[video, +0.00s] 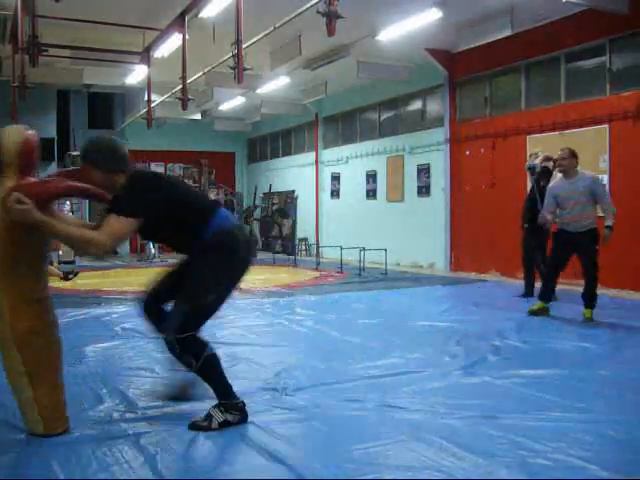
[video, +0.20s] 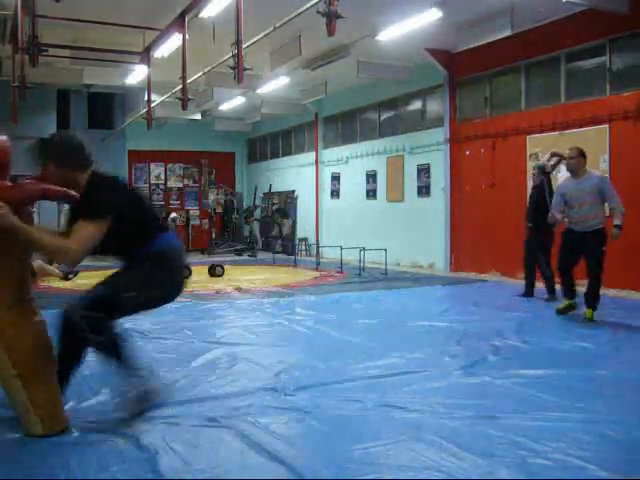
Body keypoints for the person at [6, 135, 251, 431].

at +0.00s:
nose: (86, 178)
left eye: (88, 171)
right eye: (85, 172)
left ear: (102, 170)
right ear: (118, 164)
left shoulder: (140, 188)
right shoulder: (129, 190)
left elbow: (101, 246)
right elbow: (98, 236)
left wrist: (38, 219)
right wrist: (51, 215)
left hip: (227, 247)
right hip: (211, 248)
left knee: (179, 329)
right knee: (154, 304)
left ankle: (230, 404)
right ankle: (192, 374)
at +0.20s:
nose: (44, 174)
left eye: (48, 166)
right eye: (45, 167)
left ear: (62, 167)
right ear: (77, 163)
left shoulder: (104, 192)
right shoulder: (84, 198)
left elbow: (71, 253)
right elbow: (66, 248)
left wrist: (14, 224)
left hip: (160, 271)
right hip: (145, 269)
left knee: (81, 316)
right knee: (83, 316)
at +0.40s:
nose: (26, 188)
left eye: (32, 182)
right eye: (29, 182)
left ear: (44, 189)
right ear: (66, 189)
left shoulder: (67, 228)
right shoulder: (55, 224)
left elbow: (24, 271)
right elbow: (19, 252)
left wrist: (1, 242)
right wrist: (10, 211)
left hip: (106, 322)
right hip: (99, 314)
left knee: (18, 338)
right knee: (21, 322)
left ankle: (37, 433)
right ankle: (49, 413)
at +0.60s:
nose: (17, 181)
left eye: (24, 177)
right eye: (21, 175)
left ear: (35, 189)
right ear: (54, 191)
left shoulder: (40, 223)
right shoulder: (52, 219)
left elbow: (3, 232)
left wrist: (6, 192)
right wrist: (7, 191)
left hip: (92, 323)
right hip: (94, 317)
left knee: (9, 340)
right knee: (14, 323)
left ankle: (34, 432)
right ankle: (39, 409)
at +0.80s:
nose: (6, 153)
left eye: (13, 148)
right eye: (9, 146)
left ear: (30, 157)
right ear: (41, 157)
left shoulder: (39, 189)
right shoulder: (48, 186)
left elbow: (5, 226)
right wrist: (39, 276)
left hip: (94, 283)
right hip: (92, 279)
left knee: (16, 330)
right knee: (16, 325)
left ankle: (36, 430)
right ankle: (31, 407)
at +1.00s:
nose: (41, 111)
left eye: (49, 107)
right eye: (44, 105)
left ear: (65, 120)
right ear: (69, 124)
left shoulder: (66, 160)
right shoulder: (65, 157)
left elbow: (20, 208)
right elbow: (24, 202)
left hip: (98, 263)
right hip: (90, 261)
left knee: (23, 333)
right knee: (25, 325)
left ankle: (39, 432)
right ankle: (37, 401)